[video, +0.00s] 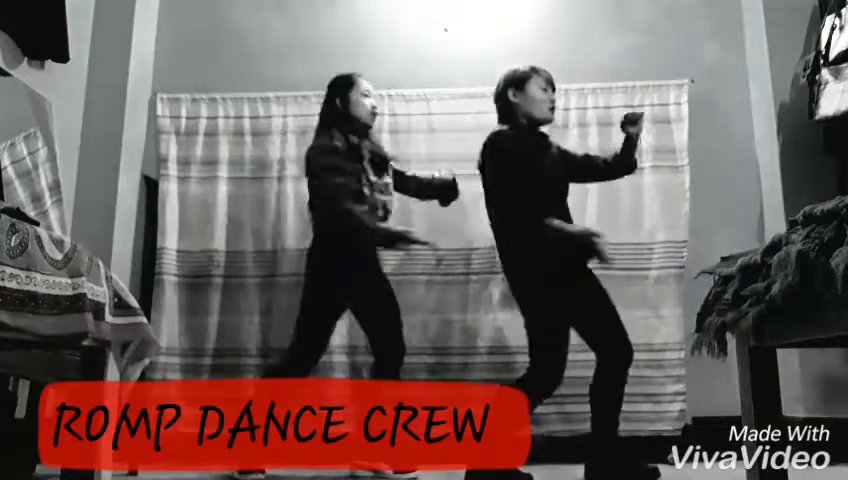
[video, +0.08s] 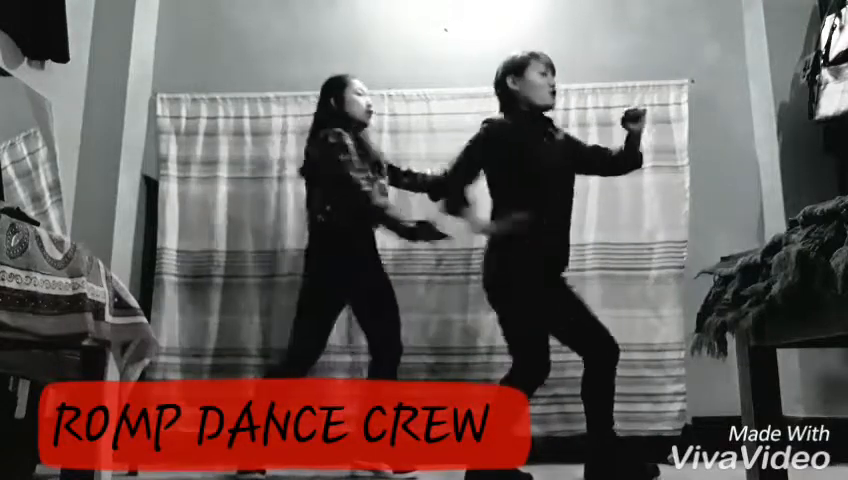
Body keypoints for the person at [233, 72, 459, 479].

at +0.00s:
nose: (374, 103)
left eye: (373, 96)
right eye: (366, 96)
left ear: (348, 103)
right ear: (342, 102)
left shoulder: (360, 143)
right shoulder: (329, 148)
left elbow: (393, 178)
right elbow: (340, 212)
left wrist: (435, 188)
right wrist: (387, 235)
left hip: (352, 259)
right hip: (340, 262)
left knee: (304, 352)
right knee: (389, 345)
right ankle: (383, 442)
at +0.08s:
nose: (369, 101)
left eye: (367, 94)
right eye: (360, 94)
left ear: (344, 103)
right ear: (337, 102)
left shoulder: (355, 140)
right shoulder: (332, 141)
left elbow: (389, 173)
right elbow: (360, 196)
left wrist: (433, 184)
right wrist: (406, 227)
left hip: (353, 254)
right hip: (339, 256)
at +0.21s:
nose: (362, 100)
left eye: (360, 93)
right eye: (352, 92)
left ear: (344, 106)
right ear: (329, 104)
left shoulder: (362, 159)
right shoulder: (306, 141)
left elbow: (404, 184)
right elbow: (250, 166)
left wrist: (445, 187)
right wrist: (280, 197)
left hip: (339, 263)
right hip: (306, 261)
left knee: (370, 350)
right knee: (292, 357)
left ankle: (368, 450)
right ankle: (249, 451)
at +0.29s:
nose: (354, 98)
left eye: (353, 92)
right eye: (344, 91)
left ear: (347, 106)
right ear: (321, 101)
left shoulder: (344, 144)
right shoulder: (305, 140)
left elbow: (376, 175)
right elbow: (301, 195)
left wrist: (418, 183)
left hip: (342, 257)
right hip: (309, 259)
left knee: (366, 349)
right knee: (291, 354)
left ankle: (369, 446)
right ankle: (251, 449)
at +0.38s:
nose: (344, 104)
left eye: (343, 97)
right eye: (335, 96)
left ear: (330, 110)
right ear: (310, 104)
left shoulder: (331, 148)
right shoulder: (295, 146)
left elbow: (364, 178)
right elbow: (315, 189)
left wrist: (405, 185)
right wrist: (363, 215)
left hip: (330, 264)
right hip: (301, 265)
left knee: (366, 350)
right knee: (290, 359)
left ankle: (368, 449)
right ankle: (251, 451)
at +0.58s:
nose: (378, 120)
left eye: (381, 115)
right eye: (370, 112)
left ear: (378, 122)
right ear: (349, 115)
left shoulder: (356, 148)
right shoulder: (340, 146)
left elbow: (386, 173)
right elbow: (377, 191)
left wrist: (420, 178)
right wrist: (419, 233)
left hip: (316, 262)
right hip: (298, 263)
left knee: (348, 355)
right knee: (286, 359)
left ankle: (367, 441)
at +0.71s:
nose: (408, 103)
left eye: (411, 98)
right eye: (399, 96)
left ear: (412, 106)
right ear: (379, 101)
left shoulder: (404, 144)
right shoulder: (367, 132)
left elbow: (437, 164)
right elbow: (358, 183)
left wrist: (481, 170)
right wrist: (373, 233)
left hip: (356, 251)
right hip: (337, 250)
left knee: (363, 348)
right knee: (292, 342)